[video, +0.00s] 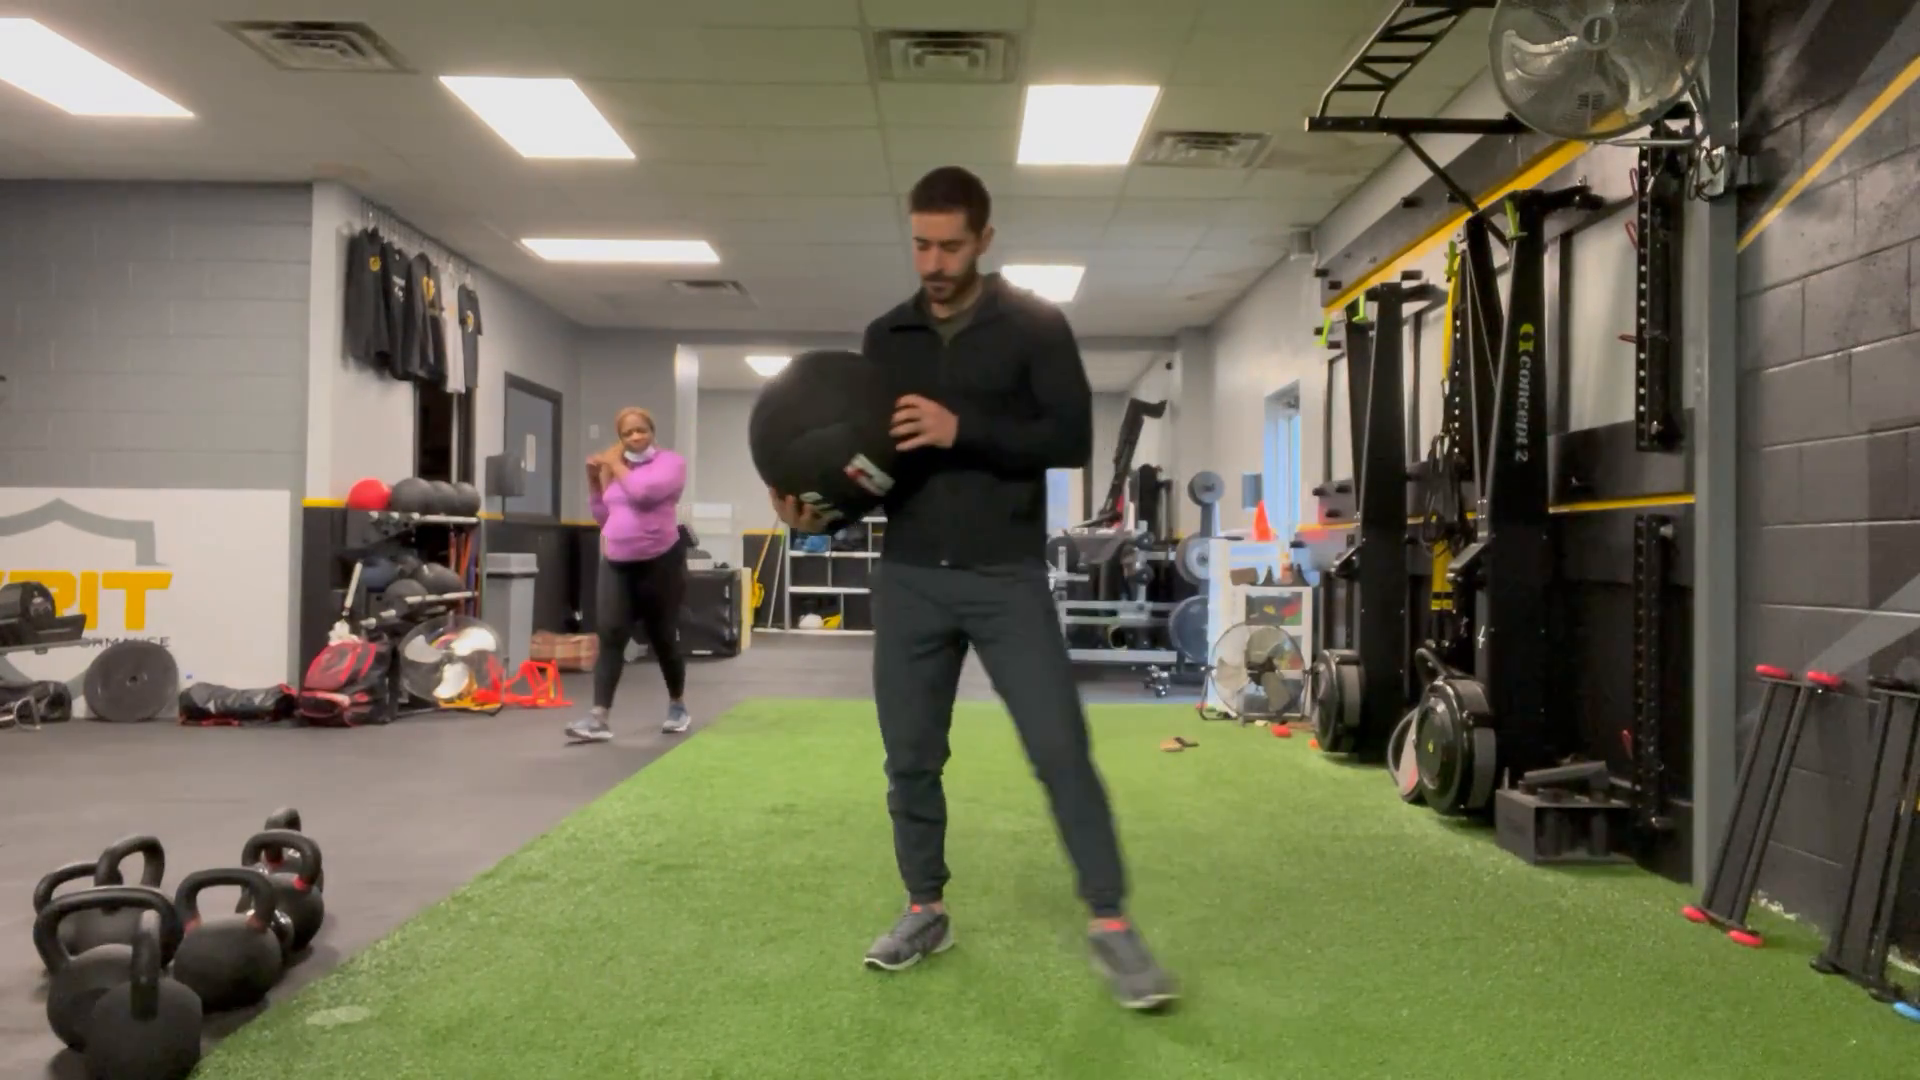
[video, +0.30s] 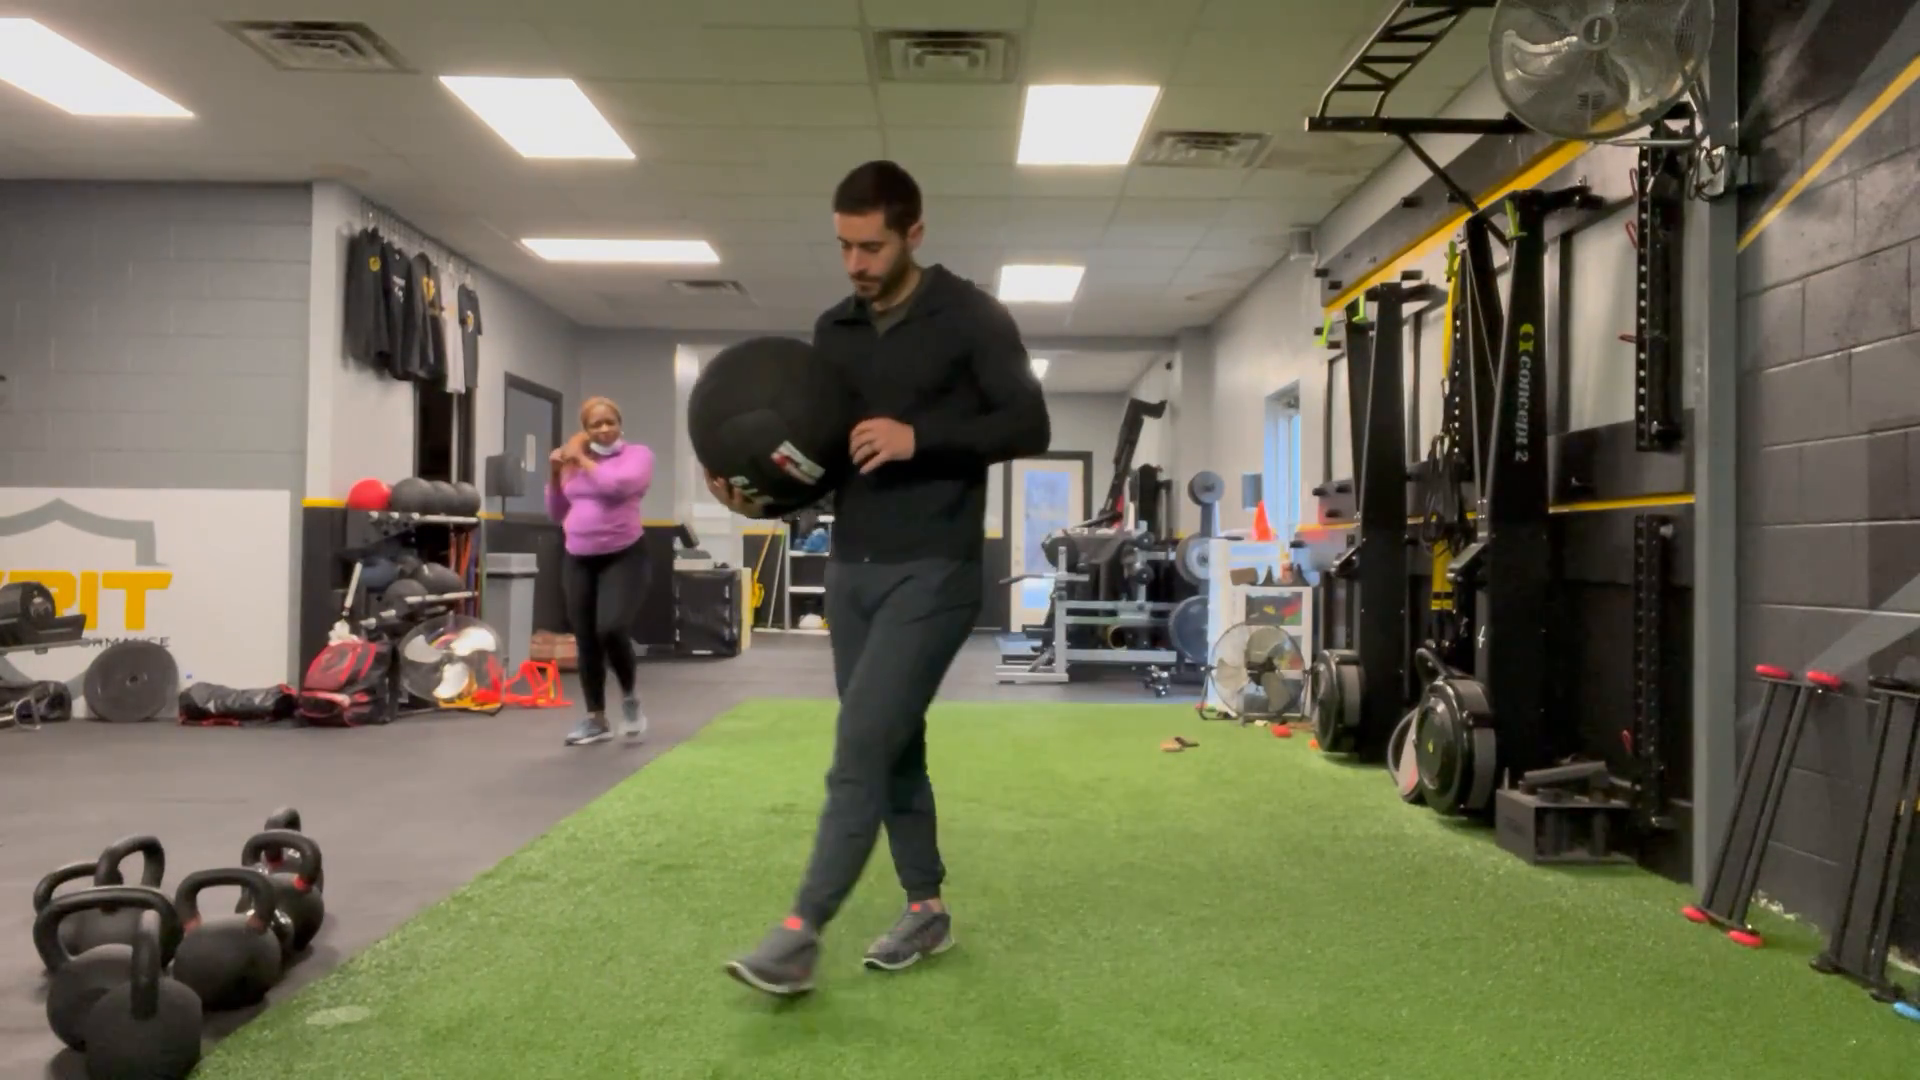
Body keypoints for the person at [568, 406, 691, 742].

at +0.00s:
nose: (635, 437)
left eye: (641, 430)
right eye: (628, 433)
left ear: (652, 433)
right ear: (620, 438)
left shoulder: (671, 463)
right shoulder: (613, 466)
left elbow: (643, 494)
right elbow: (601, 516)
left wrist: (615, 464)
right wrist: (595, 481)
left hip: (660, 558)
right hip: (617, 560)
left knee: (662, 635)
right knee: (610, 634)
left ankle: (677, 707)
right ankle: (599, 716)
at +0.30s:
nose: (604, 429)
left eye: (610, 422)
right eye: (597, 424)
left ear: (620, 425)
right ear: (586, 430)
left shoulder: (637, 455)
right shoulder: (573, 460)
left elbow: (616, 486)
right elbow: (558, 513)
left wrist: (582, 458)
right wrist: (555, 473)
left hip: (624, 555)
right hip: (579, 558)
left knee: (610, 628)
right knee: (586, 637)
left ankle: (629, 701)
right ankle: (595, 717)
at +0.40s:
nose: (596, 428)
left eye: (602, 421)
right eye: (589, 423)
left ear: (612, 424)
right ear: (577, 429)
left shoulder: (629, 455)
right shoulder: (565, 459)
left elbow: (607, 487)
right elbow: (547, 513)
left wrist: (572, 457)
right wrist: (546, 472)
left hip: (614, 555)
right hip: (571, 559)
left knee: (598, 630)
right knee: (580, 637)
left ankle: (604, 717)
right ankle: (591, 716)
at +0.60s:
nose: (580, 429)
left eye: (586, 422)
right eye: (572, 424)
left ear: (597, 424)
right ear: (560, 429)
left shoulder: (611, 456)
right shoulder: (549, 459)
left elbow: (589, 491)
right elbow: (532, 514)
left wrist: (557, 456)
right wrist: (527, 470)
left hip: (599, 557)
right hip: (555, 562)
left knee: (585, 641)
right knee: (565, 643)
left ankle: (580, 730)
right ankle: (594, 718)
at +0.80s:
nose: (553, 423)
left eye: (559, 416)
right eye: (549, 417)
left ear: (581, 422)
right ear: (548, 422)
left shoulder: (601, 457)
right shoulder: (539, 458)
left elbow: (570, 483)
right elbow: (521, 514)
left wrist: (544, 452)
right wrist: (515, 471)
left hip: (585, 555)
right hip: (541, 560)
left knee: (577, 644)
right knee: (518, 641)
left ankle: (576, 731)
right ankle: (556, 697)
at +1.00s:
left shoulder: (578, 446)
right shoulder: (519, 446)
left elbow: (546, 484)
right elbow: (511, 505)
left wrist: (517, 445)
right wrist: (500, 476)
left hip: (565, 557)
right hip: (517, 560)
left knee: (564, 650)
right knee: (498, 647)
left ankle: (578, 736)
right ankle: (484, 735)